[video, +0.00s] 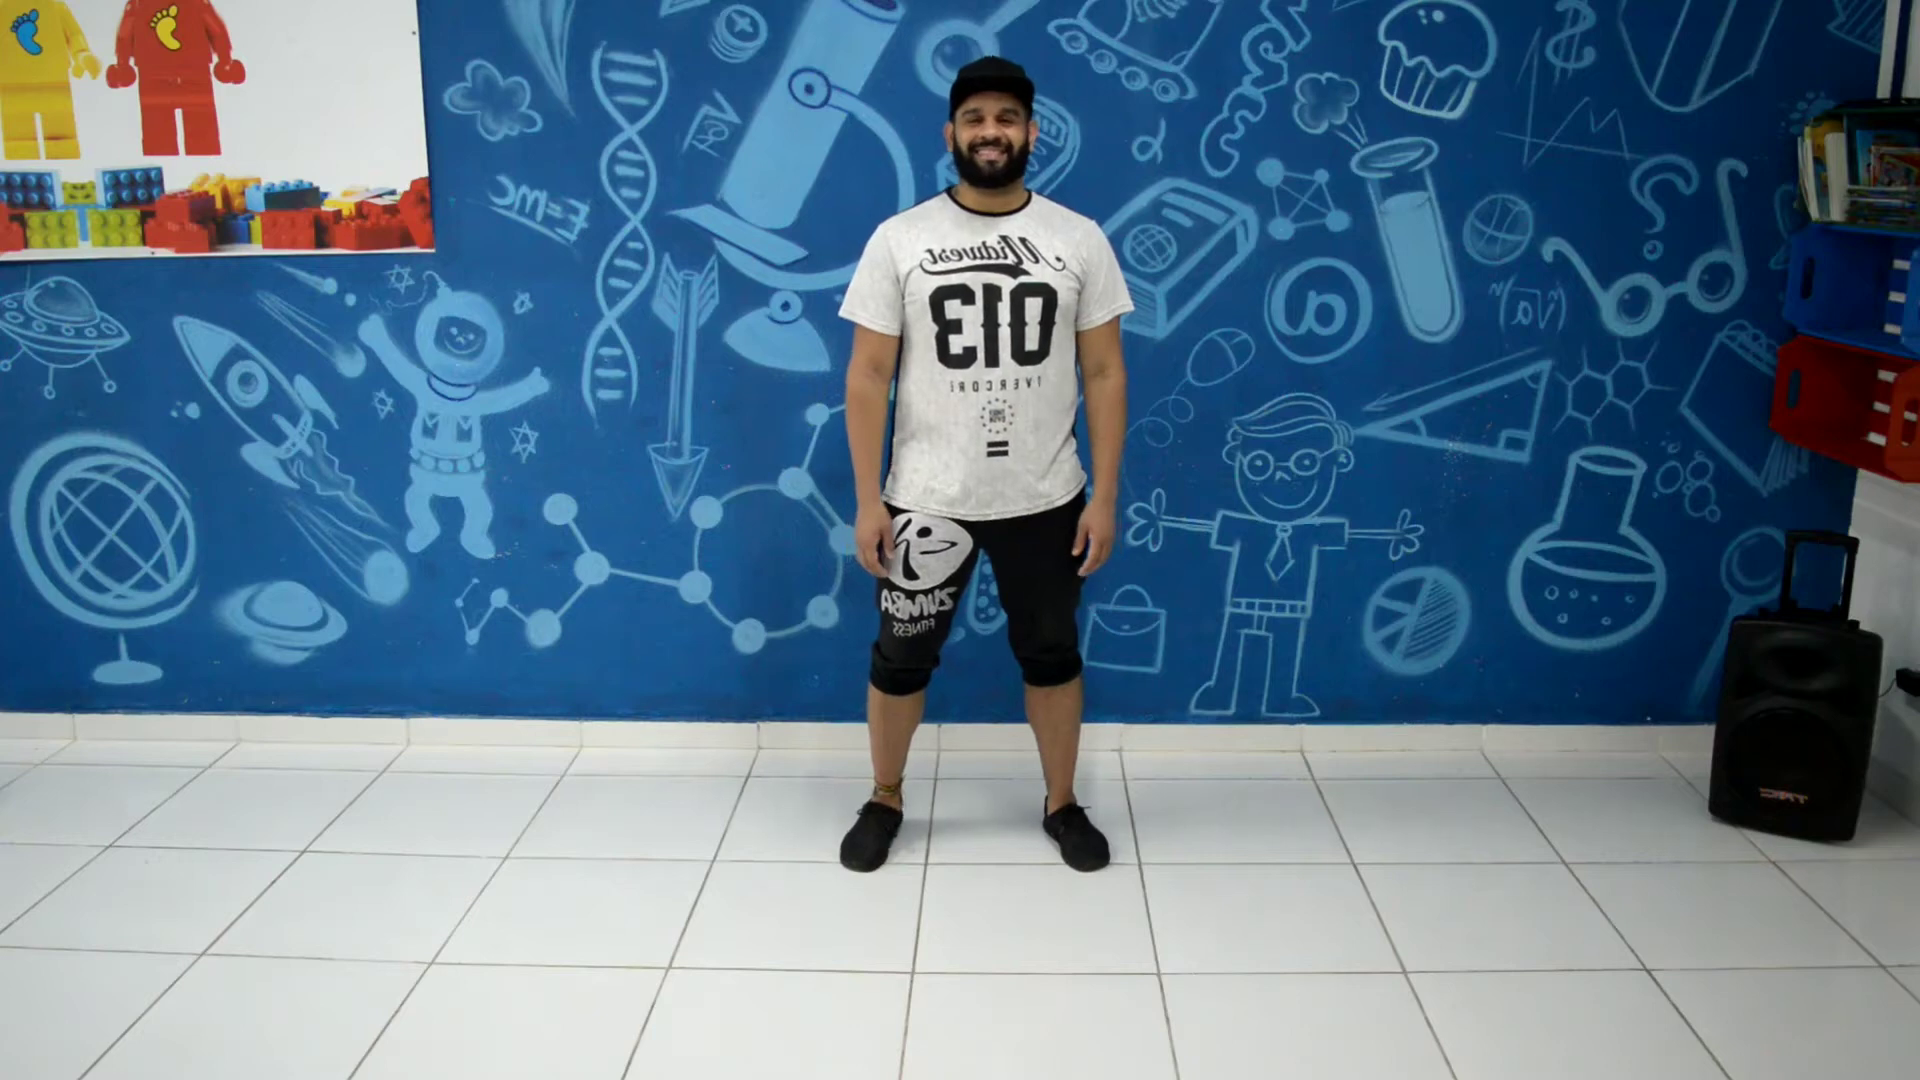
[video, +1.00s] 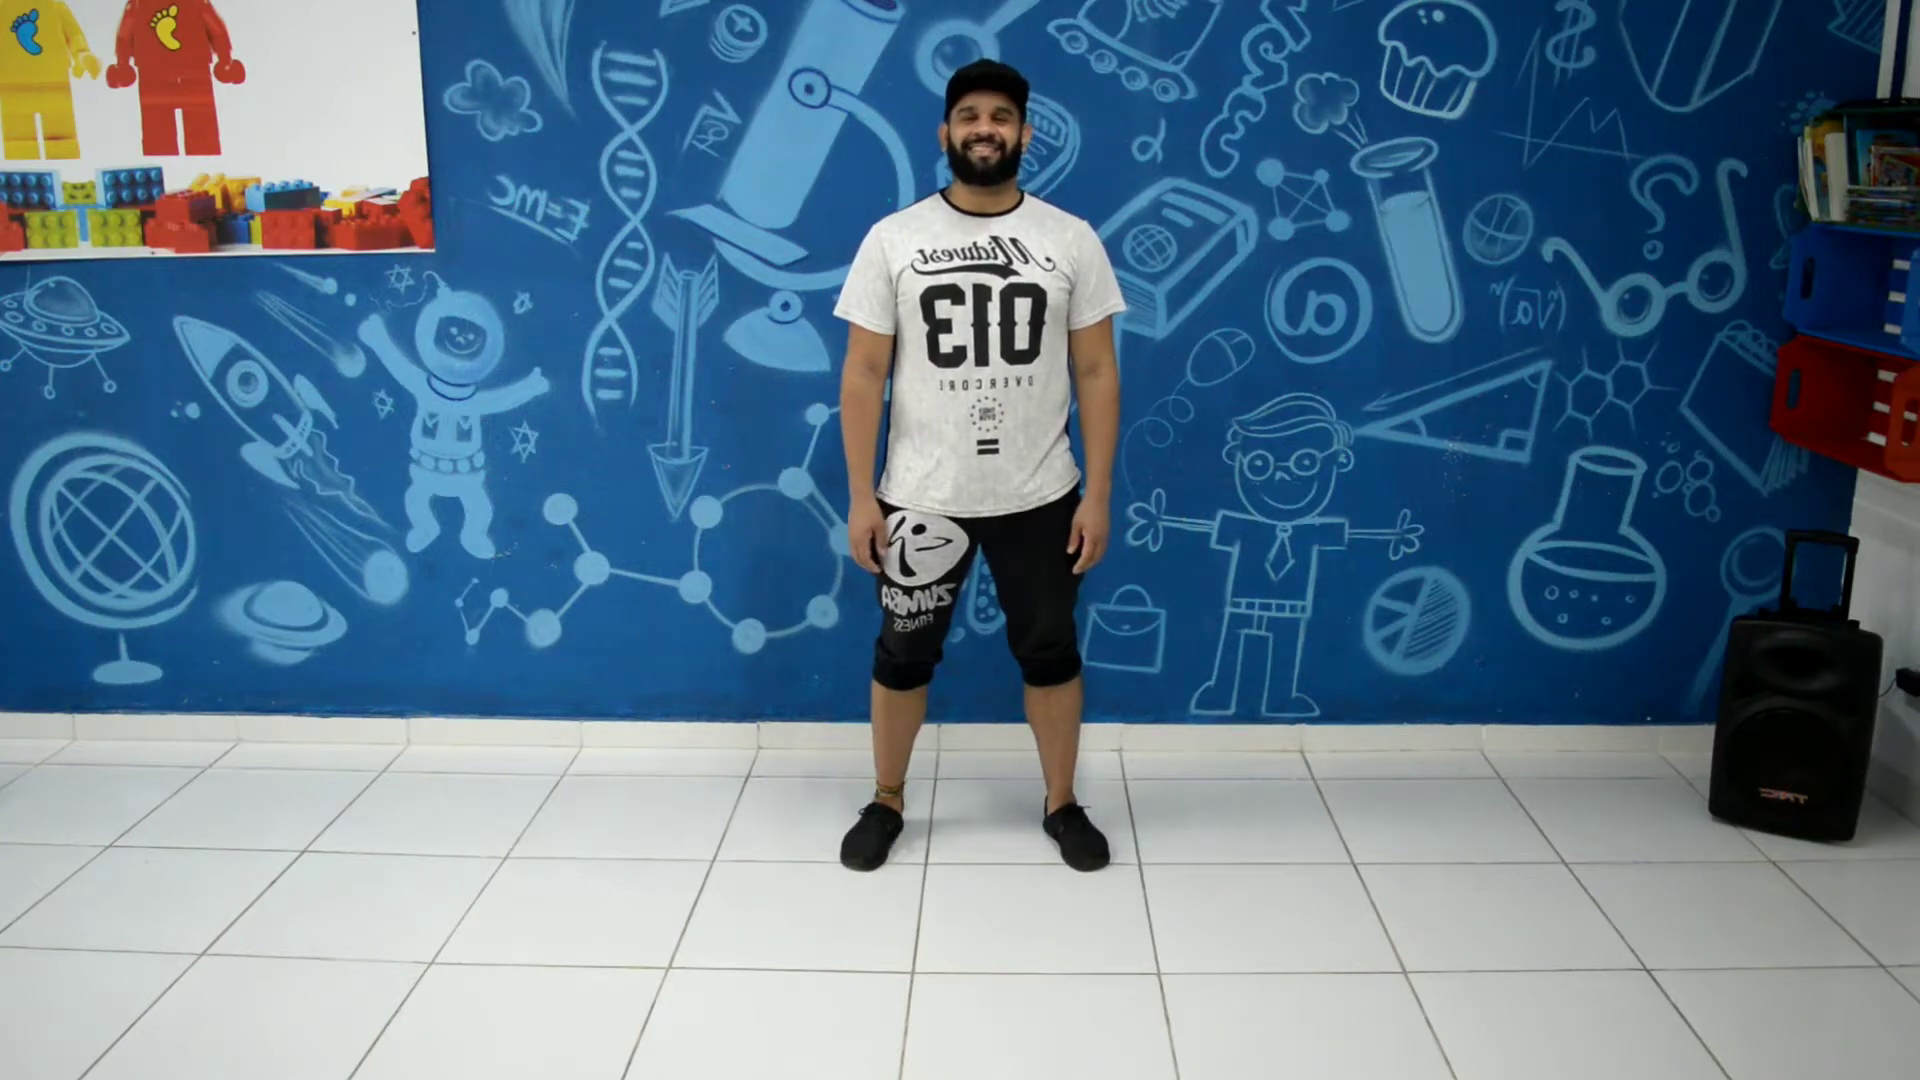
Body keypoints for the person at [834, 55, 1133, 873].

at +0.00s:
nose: (991, 133)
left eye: (1007, 119)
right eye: (974, 119)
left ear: (1030, 134)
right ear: (951, 133)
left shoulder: (1080, 242)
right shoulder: (900, 243)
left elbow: (1104, 372)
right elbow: (868, 376)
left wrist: (1104, 496)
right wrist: (869, 497)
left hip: (1043, 497)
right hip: (928, 496)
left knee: (1053, 657)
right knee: (900, 659)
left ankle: (1063, 805)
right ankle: (883, 800)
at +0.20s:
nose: (992, 133)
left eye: (1008, 120)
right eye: (975, 119)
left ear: (1031, 134)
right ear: (952, 132)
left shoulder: (1080, 241)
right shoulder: (901, 242)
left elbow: (1104, 371)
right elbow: (869, 375)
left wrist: (1106, 494)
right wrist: (869, 495)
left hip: (1043, 496)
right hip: (929, 496)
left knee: (1054, 656)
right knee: (902, 657)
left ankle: (1063, 804)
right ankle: (884, 800)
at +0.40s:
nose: (992, 133)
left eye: (1008, 120)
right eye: (975, 119)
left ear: (1030, 134)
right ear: (952, 132)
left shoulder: (1078, 241)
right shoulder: (900, 242)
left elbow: (1103, 370)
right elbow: (869, 375)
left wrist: (1108, 493)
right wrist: (871, 494)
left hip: (1043, 495)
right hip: (930, 495)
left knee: (1054, 654)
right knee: (906, 655)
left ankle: (1063, 804)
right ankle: (885, 802)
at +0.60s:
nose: (990, 132)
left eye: (1006, 119)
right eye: (973, 118)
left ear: (1028, 134)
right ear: (950, 131)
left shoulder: (1076, 242)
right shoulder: (898, 243)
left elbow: (1100, 371)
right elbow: (868, 375)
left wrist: (1103, 493)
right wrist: (871, 494)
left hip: (1041, 495)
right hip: (928, 494)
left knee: (1053, 653)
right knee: (906, 653)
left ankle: (1063, 804)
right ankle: (885, 802)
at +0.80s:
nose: (986, 131)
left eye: (1003, 119)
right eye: (971, 118)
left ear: (1025, 135)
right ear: (948, 132)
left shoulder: (1073, 242)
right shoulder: (895, 242)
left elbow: (1096, 372)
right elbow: (865, 375)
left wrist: (1096, 493)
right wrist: (866, 494)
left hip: (1037, 494)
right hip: (925, 494)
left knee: (1052, 652)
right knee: (903, 653)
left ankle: (1063, 804)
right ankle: (886, 801)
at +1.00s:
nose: (984, 130)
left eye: (1000, 118)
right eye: (969, 117)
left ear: (1023, 135)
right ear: (947, 133)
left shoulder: (1072, 241)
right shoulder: (894, 241)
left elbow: (1096, 370)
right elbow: (864, 373)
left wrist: (1098, 492)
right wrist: (862, 494)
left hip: (1037, 494)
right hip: (924, 494)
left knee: (1052, 653)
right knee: (903, 654)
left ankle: (1063, 804)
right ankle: (886, 801)